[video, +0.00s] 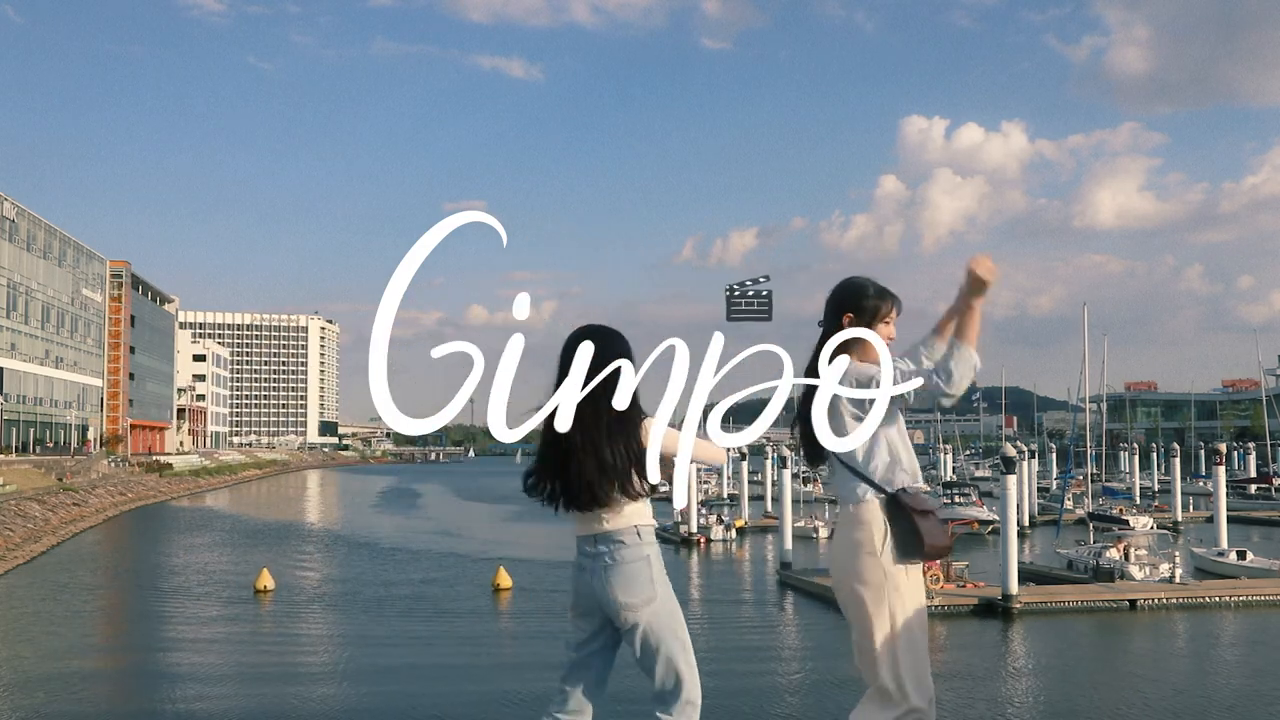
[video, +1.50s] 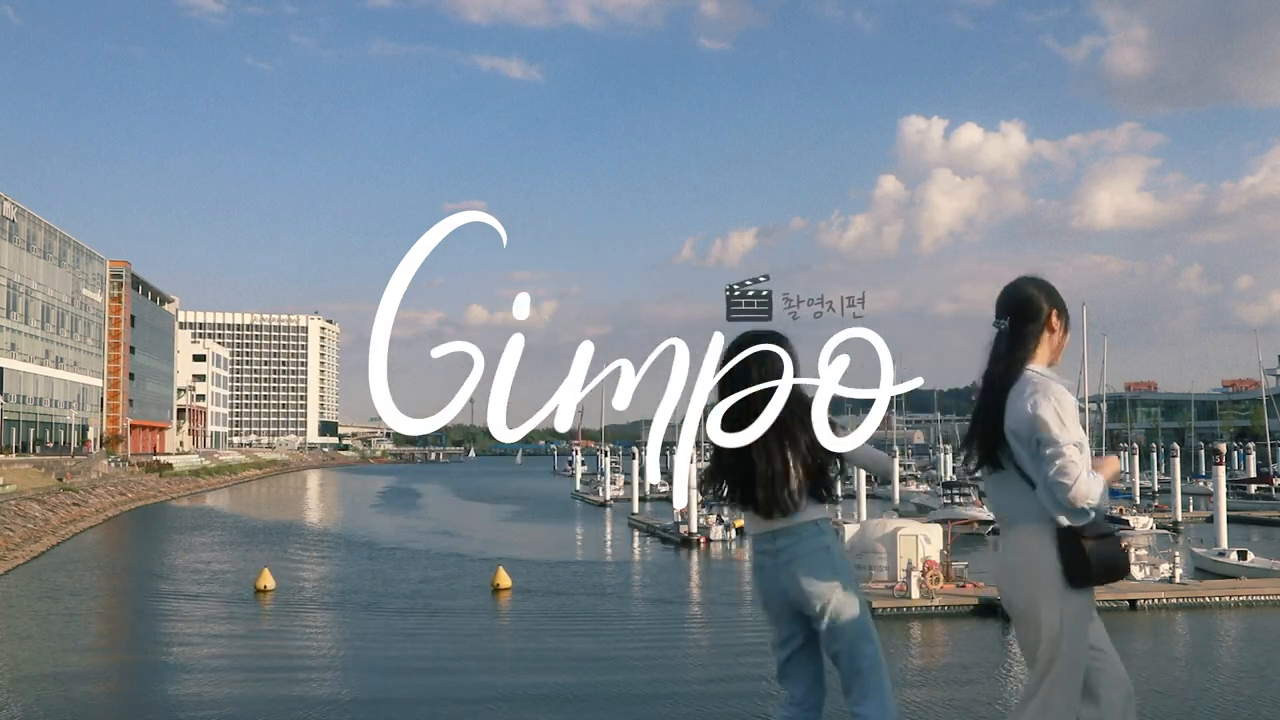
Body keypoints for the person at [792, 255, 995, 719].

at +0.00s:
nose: (896, 333)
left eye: (895, 322)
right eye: (888, 321)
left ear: (848, 322)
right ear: (852, 322)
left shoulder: (851, 372)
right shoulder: (858, 370)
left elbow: (918, 361)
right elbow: (948, 385)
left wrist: (962, 303)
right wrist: (974, 303)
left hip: (873, 530)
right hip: (875, 531)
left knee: (898, 690)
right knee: (904, 694)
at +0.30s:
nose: (920, 335)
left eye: (923, 324)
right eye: (907, 324)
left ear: (926, 328)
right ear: (878, 329)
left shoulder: (881, 391)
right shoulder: (880, 391)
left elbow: (916, 483)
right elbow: (920, 491)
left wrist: (985, 481)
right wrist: (969, 427)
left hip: (889, 552)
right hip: (901, 551)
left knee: (929, 695)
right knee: (994, 684)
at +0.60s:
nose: (959, 333)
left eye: (962, 322)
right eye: (945, 321)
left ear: (966, 327)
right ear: (911, 330)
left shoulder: (923, 389)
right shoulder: (921, 391)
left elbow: (918, 488)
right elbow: (918, 489)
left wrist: (988, 497)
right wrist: (1000, 500)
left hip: (931, 551)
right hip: (942, 551)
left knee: (946, 692)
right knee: (1016, 692)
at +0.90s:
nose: (1003, 330)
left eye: (1002, 319)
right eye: (995, 318)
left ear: (964, 325)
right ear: (962, 321)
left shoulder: (956, 385)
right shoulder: (955, 387)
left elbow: (972, 480)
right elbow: (968, 485)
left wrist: (1024, 488)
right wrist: (1046, 456)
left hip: (961, 544)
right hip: (977, 544)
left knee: (949, 691)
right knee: (1029, 694)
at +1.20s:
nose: (1034, 347)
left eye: (1034, 337)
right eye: (1033, 336)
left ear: (981, 333)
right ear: (1014, 333)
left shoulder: (981, 397)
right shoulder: (996, 399)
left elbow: (1016, 484)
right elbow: (1027, 494)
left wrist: (1064, 500)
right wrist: (1071, 494)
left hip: (995, 554)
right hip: (1007, 558)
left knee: (1042, 693)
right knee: (1079, 689)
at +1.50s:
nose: (1065, 339)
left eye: (1064, 329)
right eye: (1066, 327)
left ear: (1007, 325)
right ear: (1053, 324)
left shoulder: (998, 392)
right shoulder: (1041, 393)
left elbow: (1004, 491)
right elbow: (1076, 493)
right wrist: (1102, 474)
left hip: (1023, 556)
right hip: (1045, 559)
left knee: (1112, 691)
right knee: (1053, 698)